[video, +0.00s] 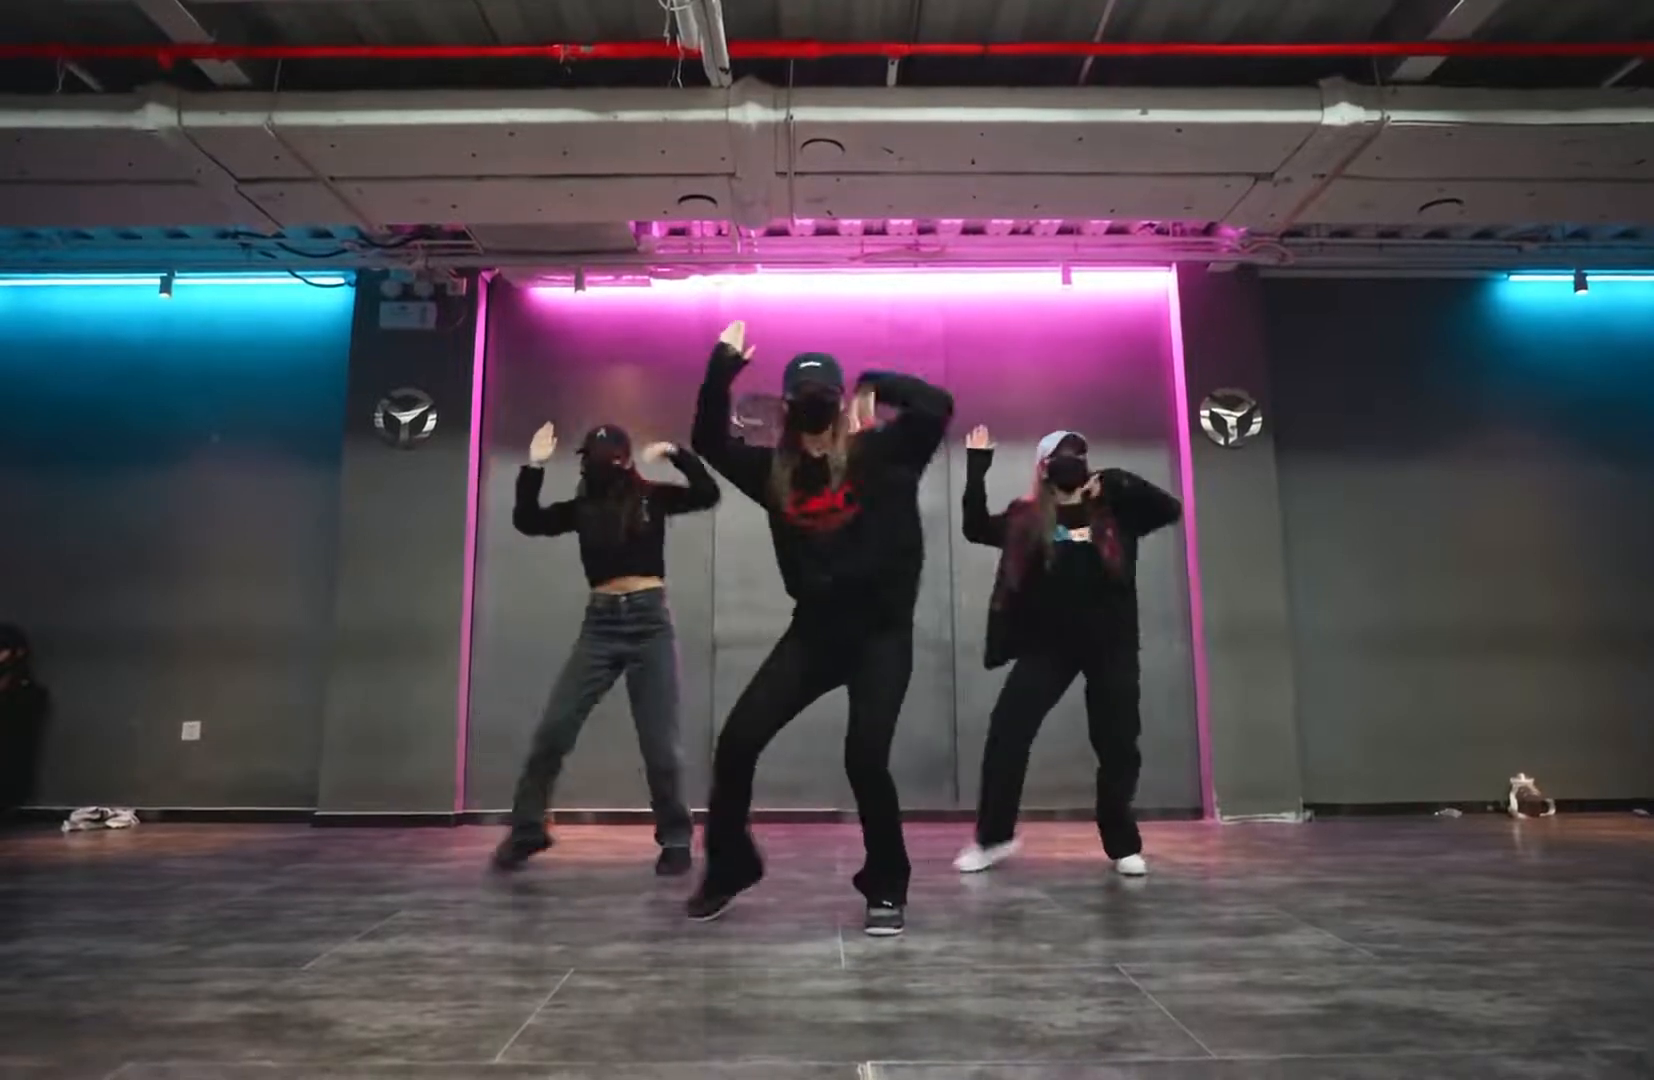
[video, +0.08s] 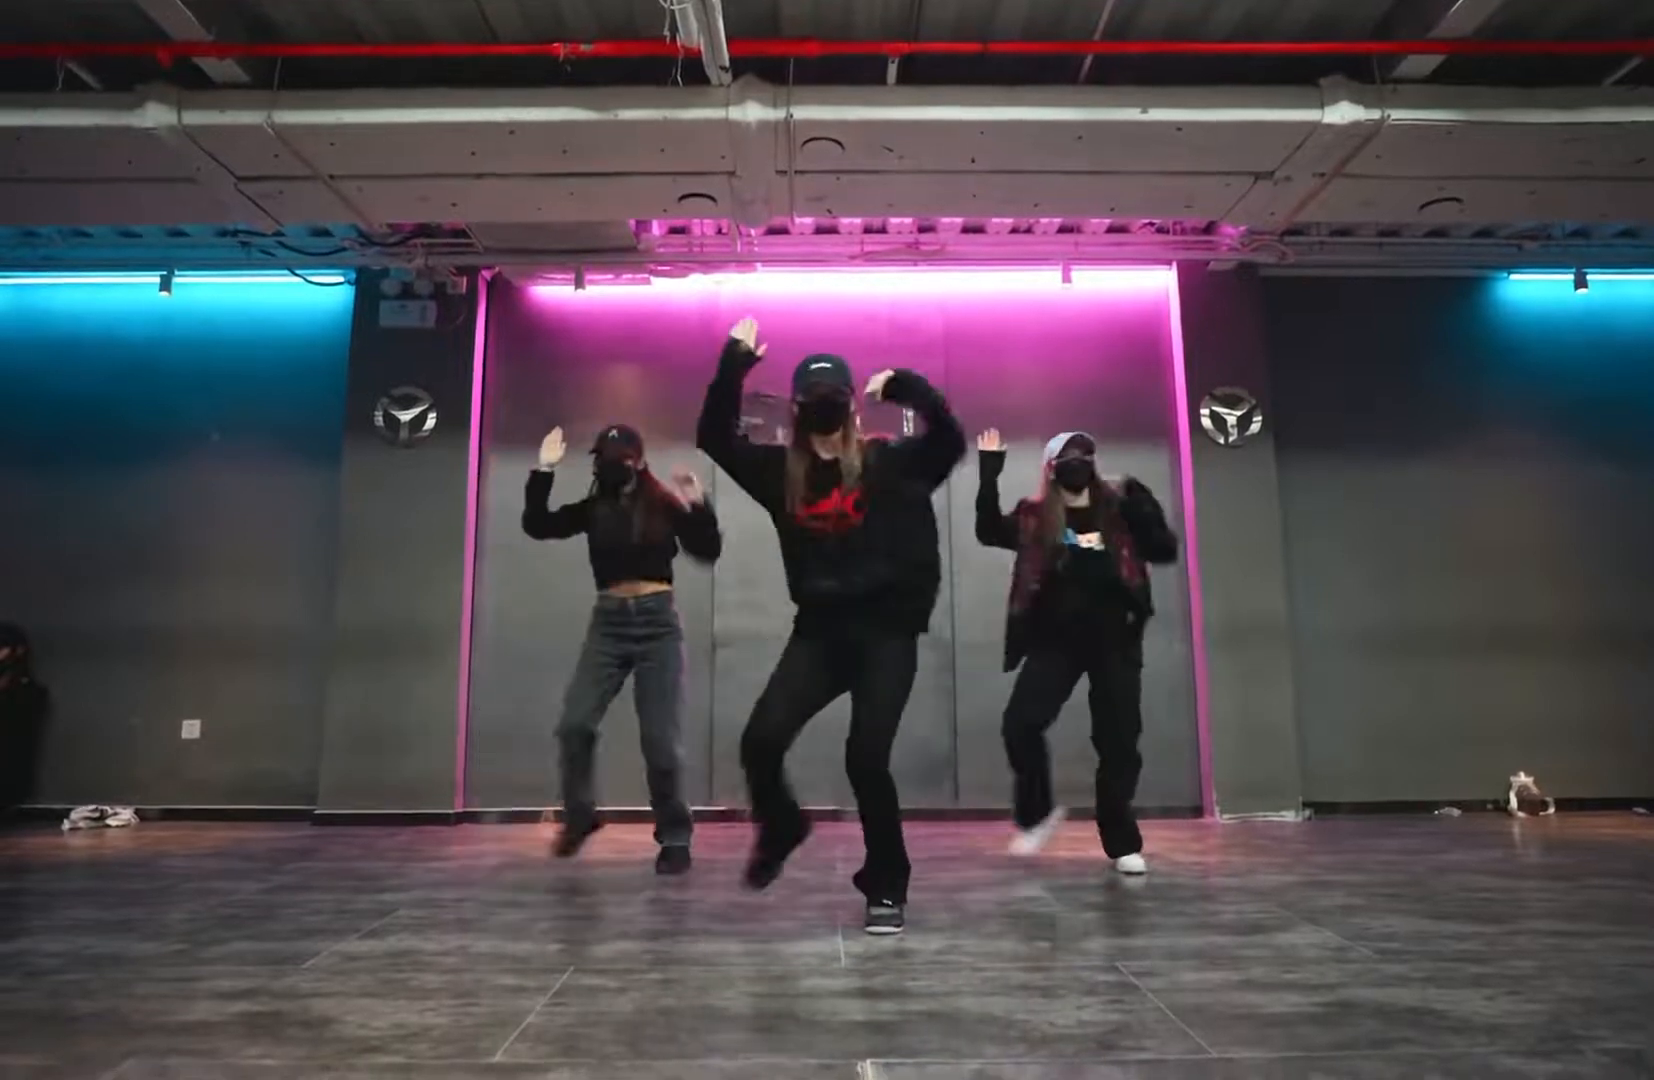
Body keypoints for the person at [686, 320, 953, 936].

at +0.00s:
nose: (817, 427)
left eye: (825, 413)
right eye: (805, 416)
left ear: (843, 409)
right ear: (786, 414)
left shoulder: (887, 455)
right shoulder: (774, 474)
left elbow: (938, 407)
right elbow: (712, 442)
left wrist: (875, 383)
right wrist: (723, 367)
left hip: (882, 636)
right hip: (814, 636)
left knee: (865, 760)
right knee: (737, 742)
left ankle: (887, 892)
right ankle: (730, 866)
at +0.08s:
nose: (826, 417)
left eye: (835, 405)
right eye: (814, 406)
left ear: (852, 405)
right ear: (797, 409)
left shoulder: (894, 465)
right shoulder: (780, 473)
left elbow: (951, 443)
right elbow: (715, 436)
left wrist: (915, 392)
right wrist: (734, 363)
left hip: (889, 635)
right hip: (819, 636)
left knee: (865, 759)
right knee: (760, 741)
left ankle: (887, 890)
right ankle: (781, 826)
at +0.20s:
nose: (831, 407)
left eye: (840, 397)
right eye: (820, 398)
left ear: (857, 403)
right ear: (803, 406)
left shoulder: (887, 471)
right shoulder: (783, 471)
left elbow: (914, 557)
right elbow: (720, 434)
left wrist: (937, 554)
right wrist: (745, 360)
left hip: (890, 640)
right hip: (821, 640)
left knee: (869, 764)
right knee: (799, 769)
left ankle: (886, 889)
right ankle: (818, 879)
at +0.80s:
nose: (842, 428)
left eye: (854, 415)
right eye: (831, 416)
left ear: (873, 411)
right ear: (814, 413)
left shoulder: (897, 475)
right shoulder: (786, 463)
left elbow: (927, 551)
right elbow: (725, 475)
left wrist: (902, 475)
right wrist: (743, 425)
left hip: (879, 641)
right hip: (812, 637)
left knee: (882, 770)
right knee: (749, 727)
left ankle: (901, 880)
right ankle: (781, 846)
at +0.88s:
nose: (824, 426)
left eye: (836, 414)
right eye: (814, 414)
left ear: (856, 410)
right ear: (801, 411)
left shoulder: (868, 472)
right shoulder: (792, 467)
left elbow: (885, 567)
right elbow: (762, 543)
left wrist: (886, 655)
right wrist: (730, 525)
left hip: (872, 643)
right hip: (806, 642)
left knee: (880, 774)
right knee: (727, 744)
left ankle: (902, 883)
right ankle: (696, 897)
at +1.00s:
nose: (764, 430)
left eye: (774, 416)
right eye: (754, 418)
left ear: (798, 406)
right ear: (742, 416)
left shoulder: (832, 454)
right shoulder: (761, 466)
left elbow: (836, 526)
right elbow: (742, 522)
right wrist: (699, 554)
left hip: (863, 637)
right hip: (796, 636)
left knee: (881, 768)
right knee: (718, 757)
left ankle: (903, 876)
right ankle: (665, 913)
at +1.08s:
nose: (753, 427)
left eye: (764, 413)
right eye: (741, 415)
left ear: (789, 402)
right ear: (725, 412)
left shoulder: (831, 457)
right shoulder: (727, 464)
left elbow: (875, 535)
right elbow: (703, 515)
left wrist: (808, 490)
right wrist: (669, 562)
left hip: (850, 639)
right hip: (777, 641)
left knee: (915, 767)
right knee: (702, 760)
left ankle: (909, 852)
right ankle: (661, 915)